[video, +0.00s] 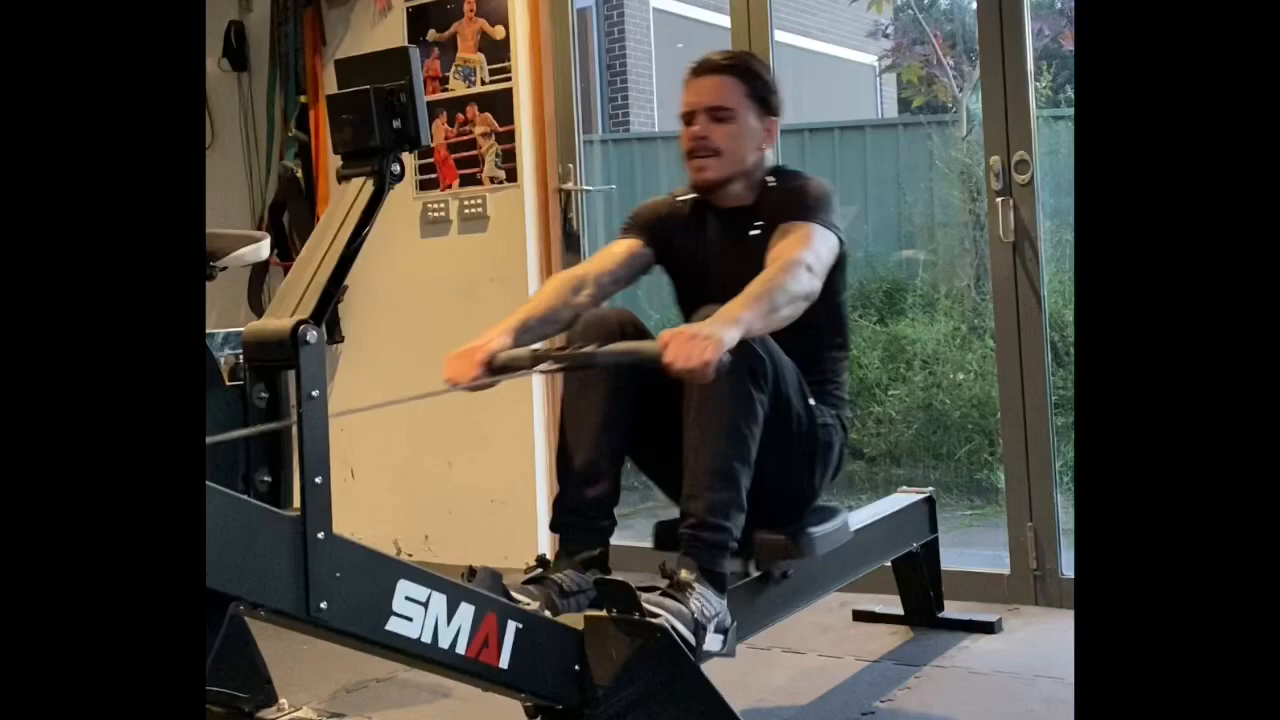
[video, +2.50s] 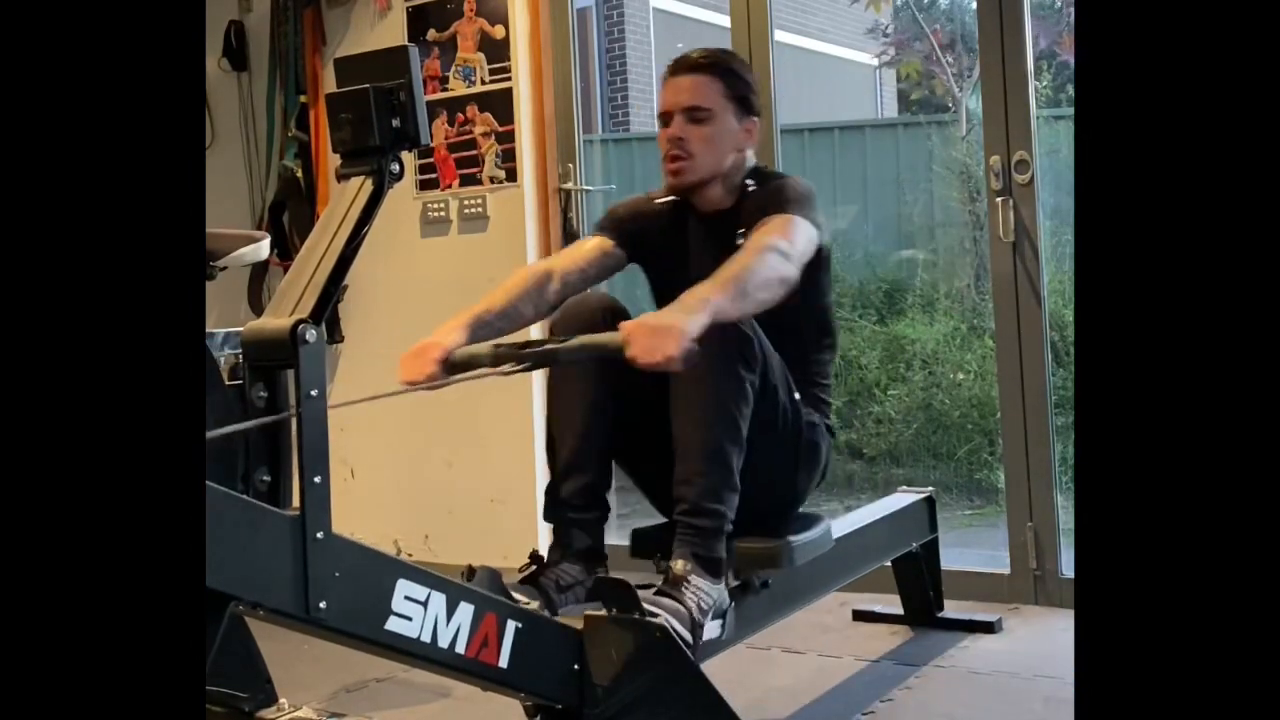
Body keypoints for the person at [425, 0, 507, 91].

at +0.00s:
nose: (471, 7)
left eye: (473, 4)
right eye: (468, 4)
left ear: (476, 7)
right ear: (463, 8)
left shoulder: (480, 22)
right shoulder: (458, 25)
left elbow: (493, 34)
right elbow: (445, 36)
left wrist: (498, 33)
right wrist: (435, 36)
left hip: (474, 61)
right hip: (460, 60)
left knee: (474, 90)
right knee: (458, 90)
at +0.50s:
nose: (471, 7)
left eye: (473, 4)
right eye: (468, 4)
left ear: (476, 7)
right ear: (463, 8)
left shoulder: (480, 22)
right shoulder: (458, 25)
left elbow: (494, 34)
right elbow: (445, 36)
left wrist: (498, 32)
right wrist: (435, 36)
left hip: (474, 61)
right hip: (460, 60)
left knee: (474, 89)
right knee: (458, 89)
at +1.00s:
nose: (471, 7)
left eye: (473, 4)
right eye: (468, 4)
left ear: (476, 7)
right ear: (463, 8)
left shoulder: (480, 22)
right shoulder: (457, 25)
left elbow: (494, 34)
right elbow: (445, 36)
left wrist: (499, 32)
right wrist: (435, 36)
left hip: (474, 60)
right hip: (460, 59)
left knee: (474, 89)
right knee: (457, 89)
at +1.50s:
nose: (471, 7)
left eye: (473, 4)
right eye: (468, 4)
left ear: (476, 7)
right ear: (463, 7)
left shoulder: (480, 22)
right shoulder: (457, 25)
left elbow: (494, 34)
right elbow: (445, 36)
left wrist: (498, 32)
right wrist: (435, 36)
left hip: (474, 60)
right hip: (460, 60)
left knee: (474, 89)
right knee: (457, 89)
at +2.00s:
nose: (471, 8)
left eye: (473, 5)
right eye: (468, 5)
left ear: (476, 8)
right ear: (463, 8)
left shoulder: (480, 22)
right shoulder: (457, 25)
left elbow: (493, 33)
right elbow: (445, 36)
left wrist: (498, 32)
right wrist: (435, 36)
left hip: (474, 60)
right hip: (460, 59)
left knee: (474, 88)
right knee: (458, 89)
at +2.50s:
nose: (471, 8)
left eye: (473, 5)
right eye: (468, 5)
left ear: (476, 8)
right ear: (463, 8)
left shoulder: (480, 22)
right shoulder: (458, 24)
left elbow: (493, 33)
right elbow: (445, 36)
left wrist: (498, 32)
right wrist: (435, 36)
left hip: (474, 60)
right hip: (460, 59)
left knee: (474, 88)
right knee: (458, 89)